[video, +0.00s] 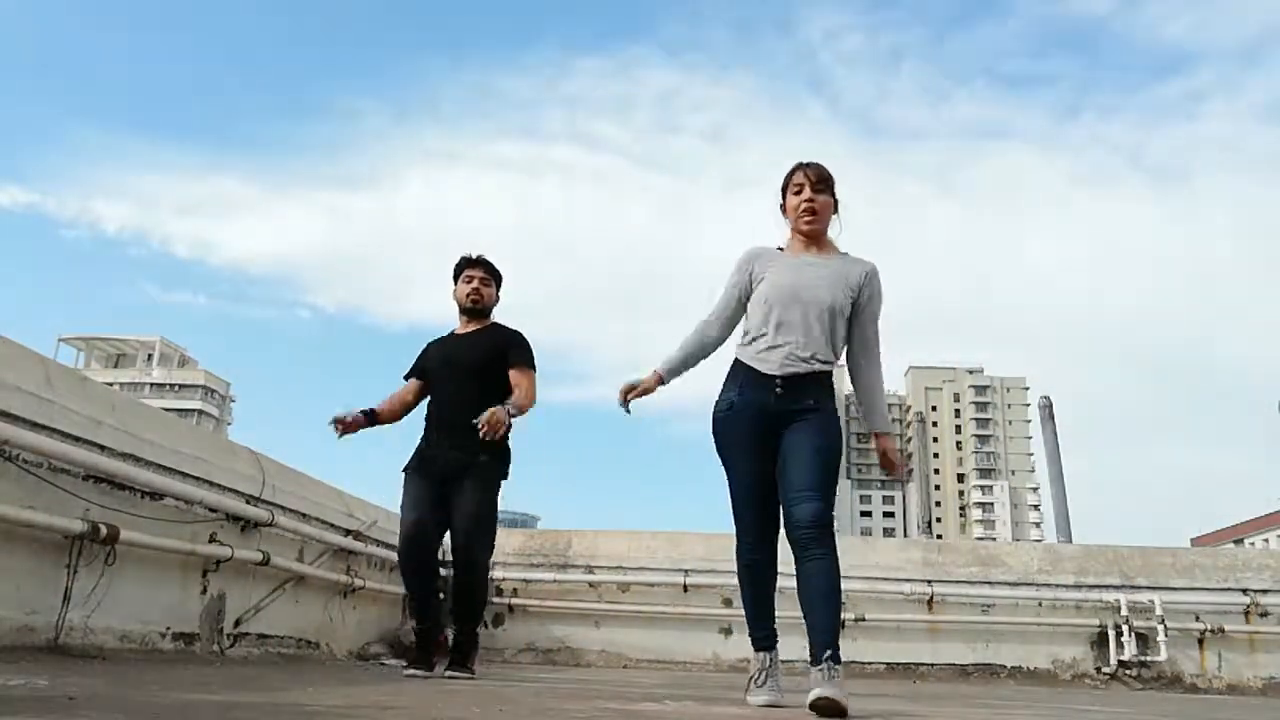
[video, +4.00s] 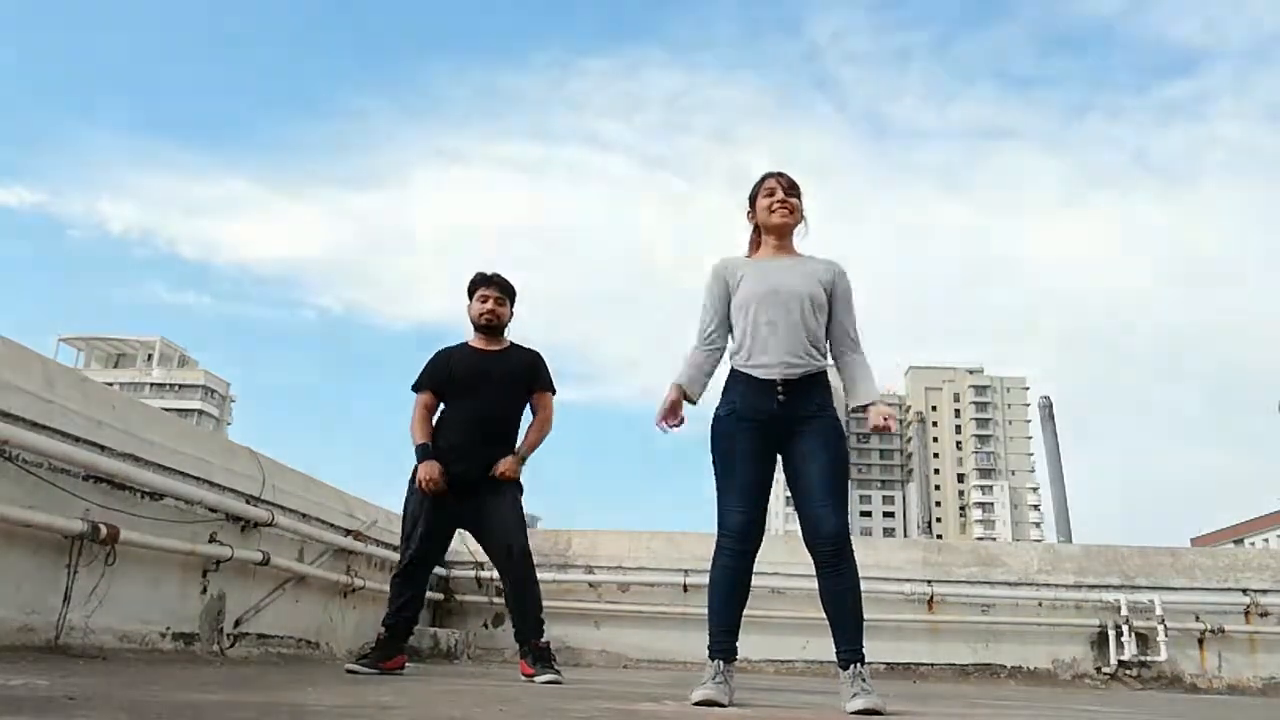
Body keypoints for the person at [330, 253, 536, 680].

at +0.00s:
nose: (475, 286)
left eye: (485, 282)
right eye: (468, 280)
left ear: (496, 295)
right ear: (455, 291)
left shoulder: (509, 341)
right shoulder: (436, 349)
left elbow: (525, 394)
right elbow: (403, 399)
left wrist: (506, 410)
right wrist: (366, 417)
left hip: (479, 463)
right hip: (430, 459)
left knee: (470, 556)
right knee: (414, 545)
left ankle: (464, 648)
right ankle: (428, 641)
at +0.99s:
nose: (517, 299)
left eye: (527, 296)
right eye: (511, 294)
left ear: (540, 311)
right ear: (500, 305)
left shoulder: (530, 342)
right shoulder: (502, 350)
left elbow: (528, 396)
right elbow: (482, 413)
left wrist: (520, 447)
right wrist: (484, 477)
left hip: (465, 458)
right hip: (449, 456)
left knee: (414, 537)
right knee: (408, 537)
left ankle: (453, 630)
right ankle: (439, 633)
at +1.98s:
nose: (520, 299)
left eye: (530, 296)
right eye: (513, 293)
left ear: (538, 310)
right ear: (498, 303)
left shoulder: (545, 366)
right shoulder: (467, 346)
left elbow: (580, 406)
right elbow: (430, 392)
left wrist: (620, 426)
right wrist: (396, 436)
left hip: (525, 481)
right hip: (470, 475)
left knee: (526, 568)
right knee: (445, 564)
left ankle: (524, 657)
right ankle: (416, 649)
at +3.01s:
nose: (479, 302)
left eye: (490, 302)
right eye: (475, 295)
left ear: (500, 317)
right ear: (463, 301)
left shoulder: (513, 360)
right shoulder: (431, 358)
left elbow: (535, 409)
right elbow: (396, 406)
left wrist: (530, 442)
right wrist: (360, 453)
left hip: (498, 482)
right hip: (439, 481)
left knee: (528, 559)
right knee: (417, 564)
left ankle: (541, 648)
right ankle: (391, 648)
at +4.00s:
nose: (491, 306)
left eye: (500, 301)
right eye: (483, 299)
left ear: (510, 312)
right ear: (470, 307)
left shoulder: (529, 362)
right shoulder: (446, 359)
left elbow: (544, 416)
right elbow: (422, 412)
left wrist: (520, 456)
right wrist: (425, 457)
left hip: (495, 484)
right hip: (439, 479)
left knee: (517, 560)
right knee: (413, 561)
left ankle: (535, 652)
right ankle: (391, 647)